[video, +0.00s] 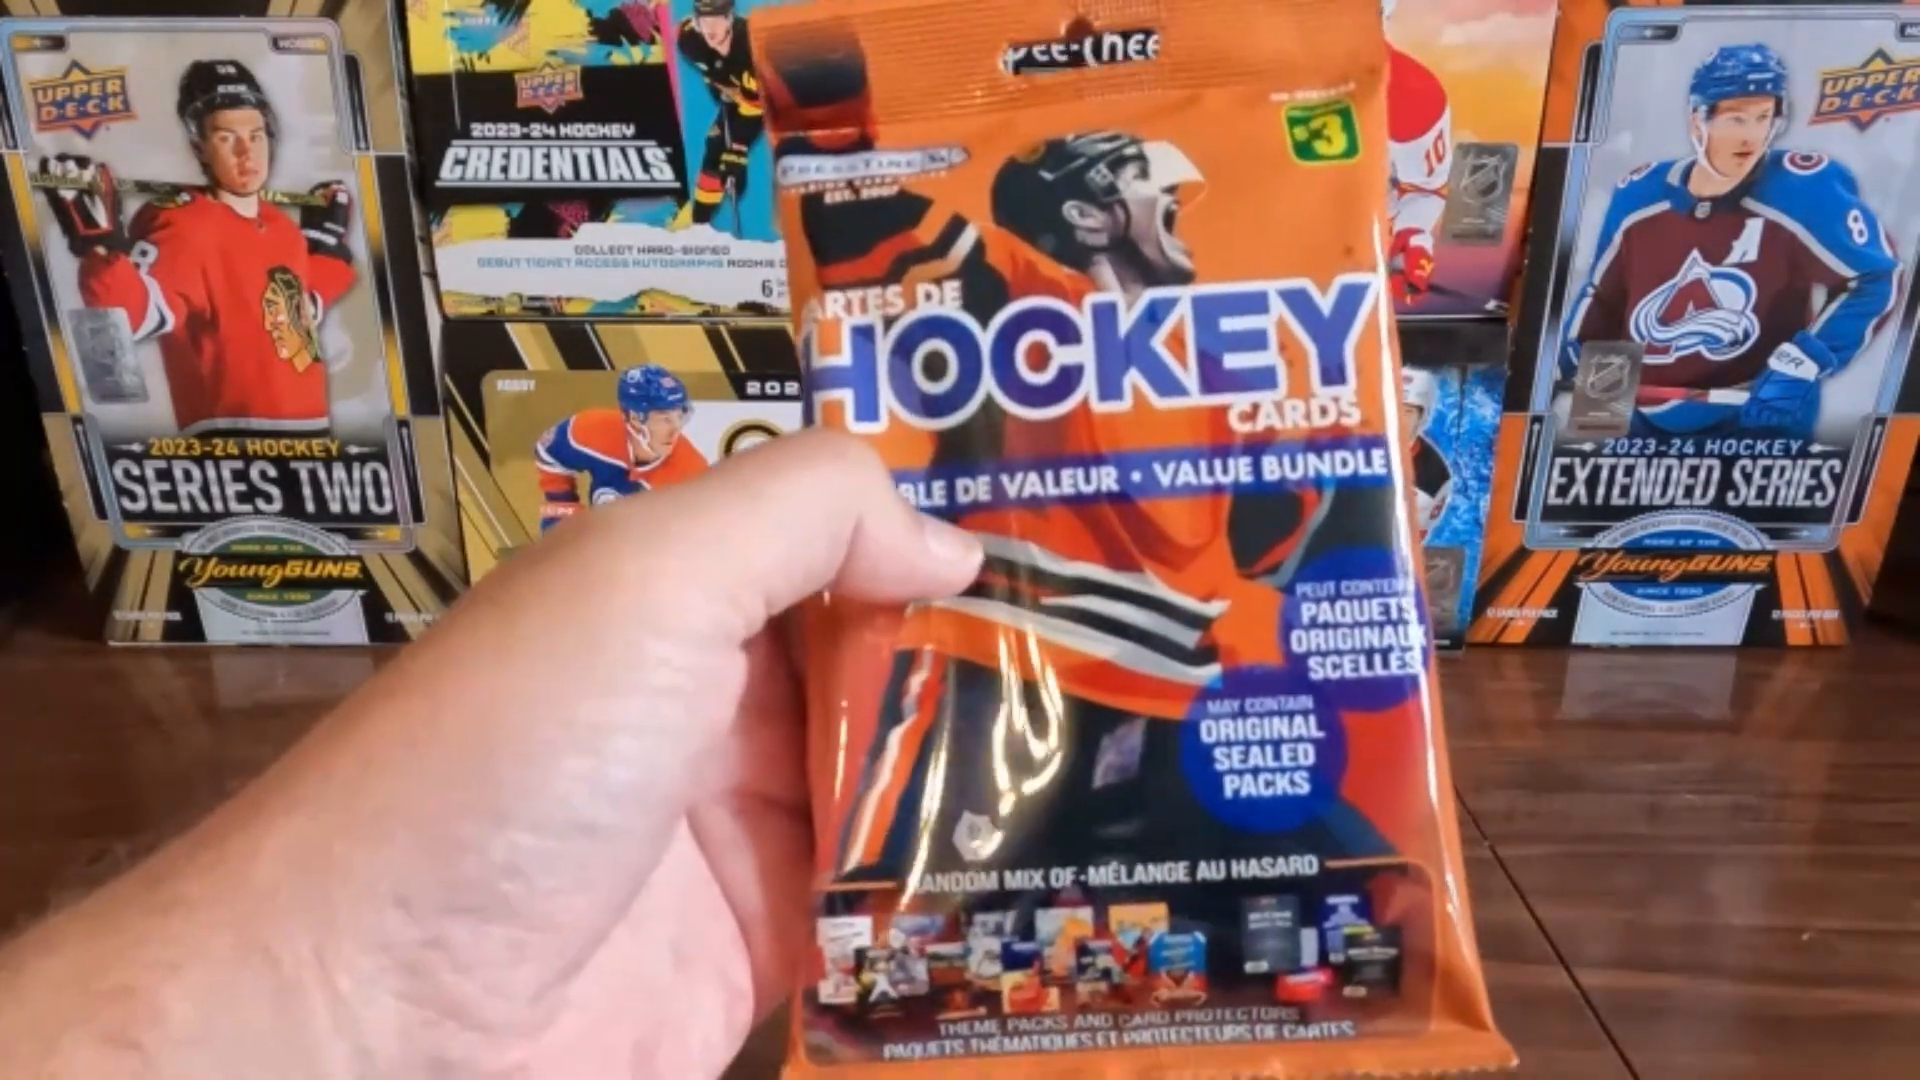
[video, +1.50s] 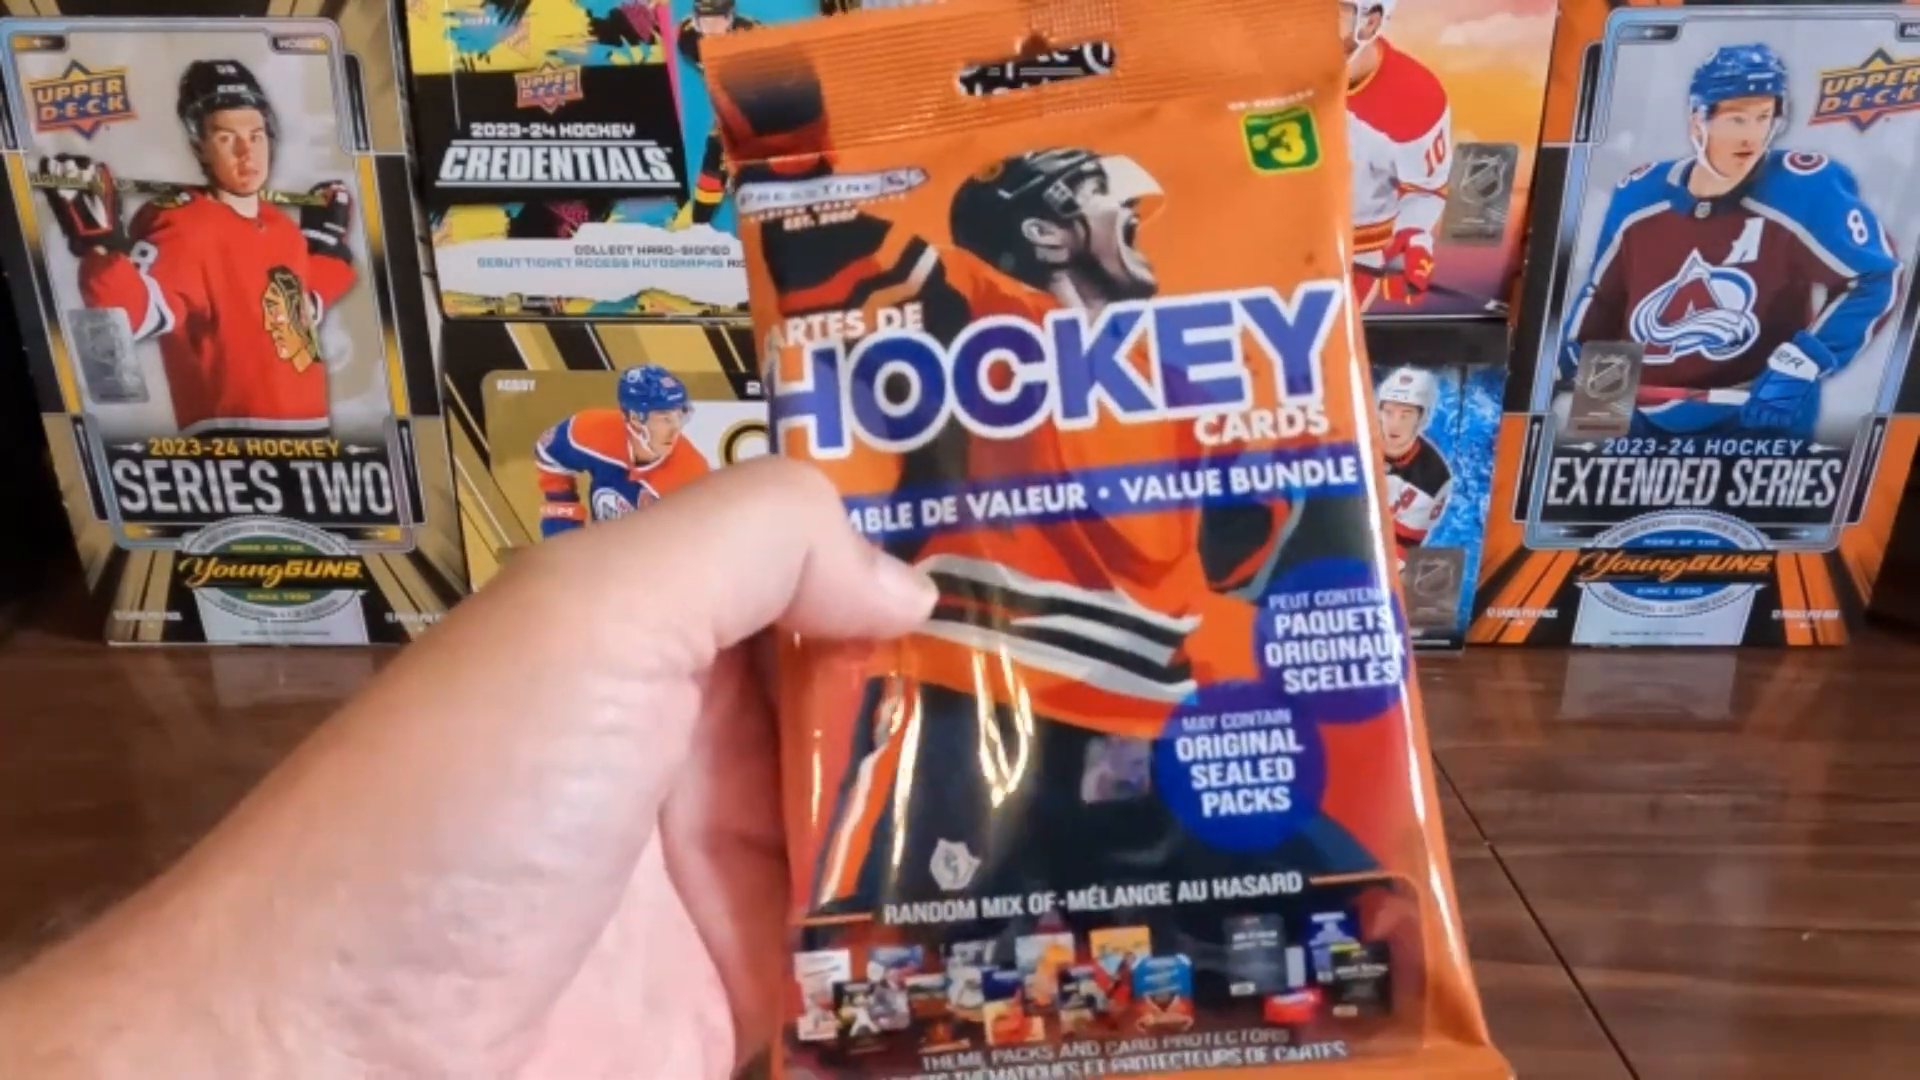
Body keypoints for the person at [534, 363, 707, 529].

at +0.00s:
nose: (676, 431)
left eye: (679, 419)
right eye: (665, 420)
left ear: (685, 416)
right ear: (634, 420)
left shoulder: (693, 474)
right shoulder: (591, 431)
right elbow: (549, 454)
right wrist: (564, 518)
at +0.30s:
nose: (676, 430)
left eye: (679, 418)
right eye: (665, 420)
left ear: (684, 416)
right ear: (635, 420)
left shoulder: (692, 475)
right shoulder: (591, 431)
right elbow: (550, 454)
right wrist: (565, 527)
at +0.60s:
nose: (676, 430)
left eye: (679, 419)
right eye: (664, 419)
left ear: (685, 417)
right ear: (634, 420)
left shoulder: (691, 478)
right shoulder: (593, 431)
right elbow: (550, 454)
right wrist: (565, 525)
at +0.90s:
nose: (676, 430)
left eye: (679, 419)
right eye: (665, 420)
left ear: (684, 417)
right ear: (634, 420)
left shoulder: (691, 476)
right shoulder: (593, 431)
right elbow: (550, 454)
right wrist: (565, 531)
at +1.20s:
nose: (676, 430)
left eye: (679, 417)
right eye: (664, 419)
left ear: (685, 417)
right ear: (635, 420)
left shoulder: (691, 476)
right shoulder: (593, 432)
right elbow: (550, 453)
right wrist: (563, 523)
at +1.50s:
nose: (676, 429)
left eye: (679, 418)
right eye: (665, 419)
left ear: (684, 416)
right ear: (635, 420)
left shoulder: (692, 474)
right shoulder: (592, 431)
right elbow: (549, 454)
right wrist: (564, 527)